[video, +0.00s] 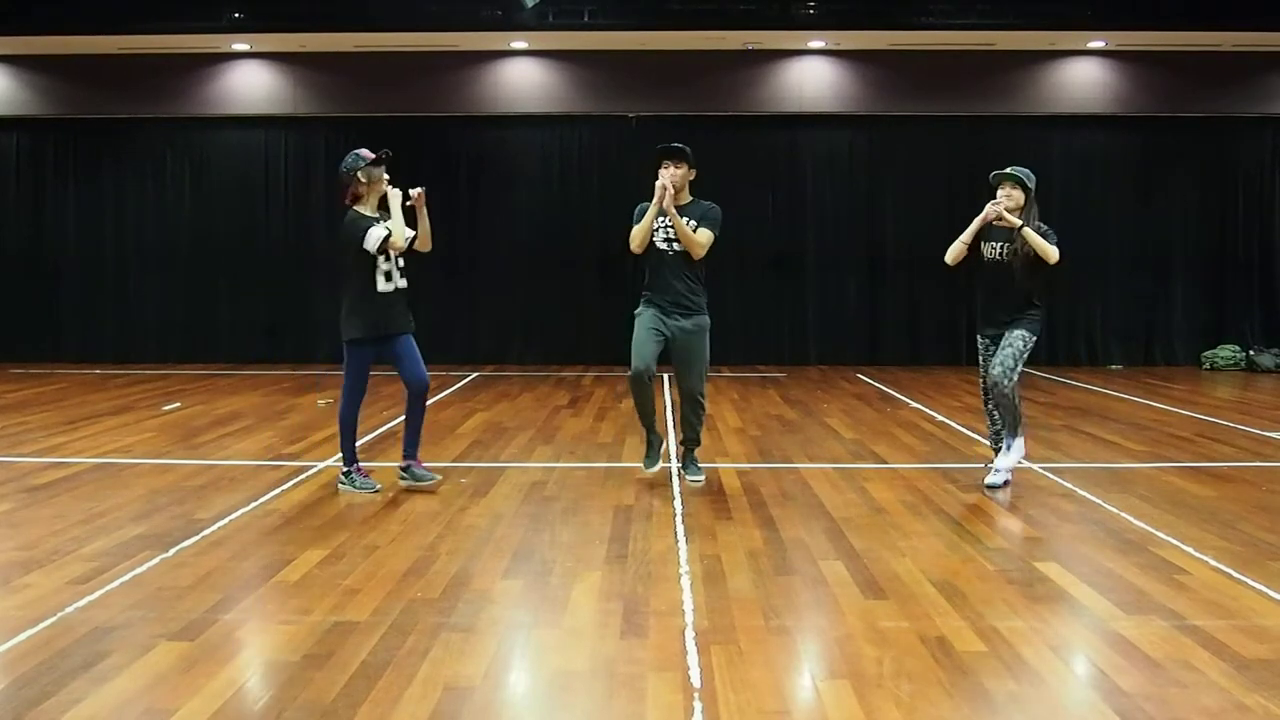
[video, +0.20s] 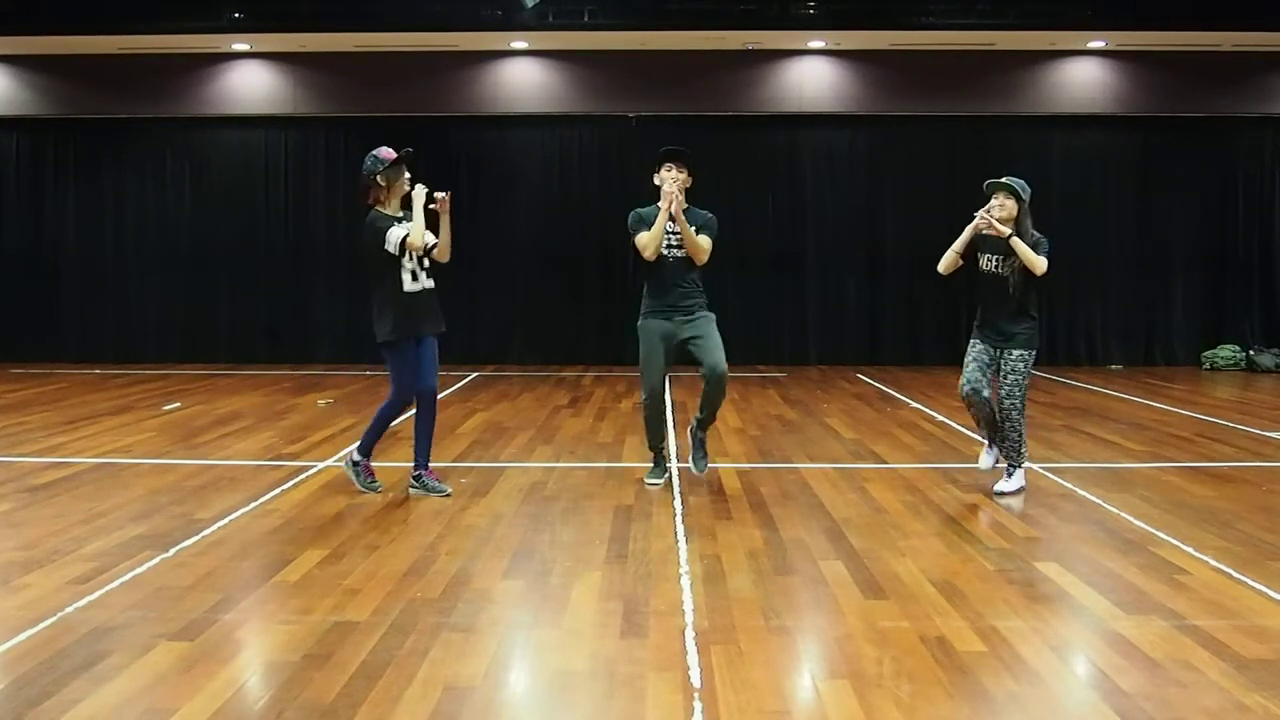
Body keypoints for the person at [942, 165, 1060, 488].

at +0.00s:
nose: (1004, 193)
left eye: (1013, 189)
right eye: (1001, 188)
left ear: (1027, 196)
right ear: (995, 194)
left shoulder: (1037, 230)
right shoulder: (983, 229)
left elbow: (1052, 256)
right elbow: (951, 258)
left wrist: (1019, 225)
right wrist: (979, 222)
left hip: (1024, 319)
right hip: (988, 320)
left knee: (999, 379)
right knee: (990, 390)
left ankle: (1013, 440)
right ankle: (1001, 459)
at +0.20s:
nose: (997, 203)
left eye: (1006, 199)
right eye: (995, 198)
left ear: (1020, 207)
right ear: (989, 205)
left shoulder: (1033, 240)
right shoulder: (980, 237)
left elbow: (1040, 268)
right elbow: (944, 268)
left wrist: (1009, 235)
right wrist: (970, 231)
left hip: (1020, 334)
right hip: (984, 331)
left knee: (1009, 404)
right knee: (970, 389)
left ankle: (1016, 470)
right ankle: (994, 440)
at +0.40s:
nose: (989, 188)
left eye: (997, 184)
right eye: (986, 183)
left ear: (1013, 191)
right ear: (981, 190)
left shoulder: (1025, 224)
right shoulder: (971, 221)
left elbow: (1025, 247)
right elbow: (927, 249)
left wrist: (993, 214)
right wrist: (957, 216)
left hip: (1014, 325)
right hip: (978, 320)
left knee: (1011, 398)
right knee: (965, 374)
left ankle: (1014, 465)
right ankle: (983, 434)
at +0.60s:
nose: (976, 195)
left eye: (985, 191)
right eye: (974, 190)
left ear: (1001, 200)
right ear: (969, 198)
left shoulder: (1015, 237)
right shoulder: (960, 233)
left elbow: (1007, 264)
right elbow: (921, 264)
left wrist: (978, 228)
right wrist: (946, 228)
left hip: (1000, 335)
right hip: (964, 333)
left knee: (985, 404)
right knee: (967, 406)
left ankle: (1004, 450)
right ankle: (979, 474)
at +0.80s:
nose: (969, 189)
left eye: (978, 185)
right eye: (967, 184)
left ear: (993, 195)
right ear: (961, 192)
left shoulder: (1006, 231)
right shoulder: (949, 228)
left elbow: (1009, 256)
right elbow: (908, 255)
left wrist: (976, 220)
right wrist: (939, 217)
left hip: (990, 322)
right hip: (954, 324)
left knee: (953, 367)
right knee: (960, 401)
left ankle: (982, 425)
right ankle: (981, 475)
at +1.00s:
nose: (955, 190)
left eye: (964, 185)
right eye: (953, 185)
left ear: (981, 194)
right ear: (947, 192)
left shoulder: (994, 229)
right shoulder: (938, 226)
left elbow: (992, 252)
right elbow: (895, 253)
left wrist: (959, 217)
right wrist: (926, 215)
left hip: (976, 333)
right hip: (941, 332)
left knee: (959, 404)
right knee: (948, 409)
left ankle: (968, 479)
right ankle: (979, 467)